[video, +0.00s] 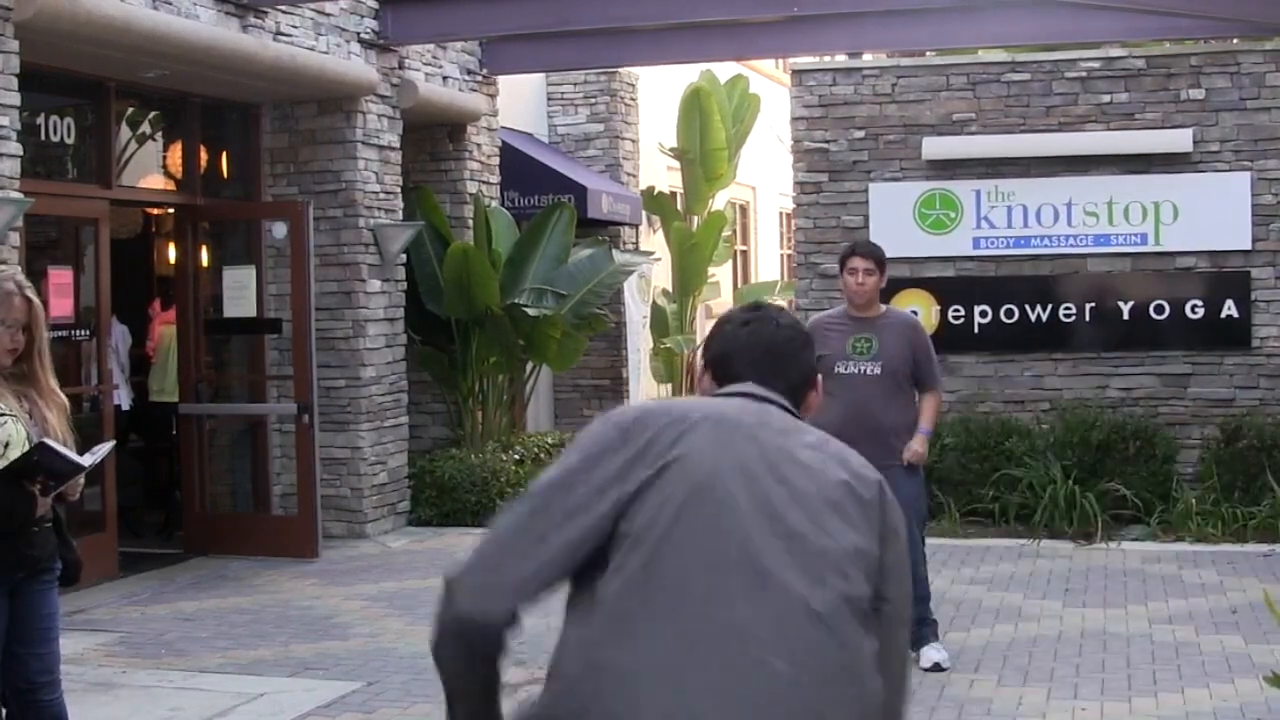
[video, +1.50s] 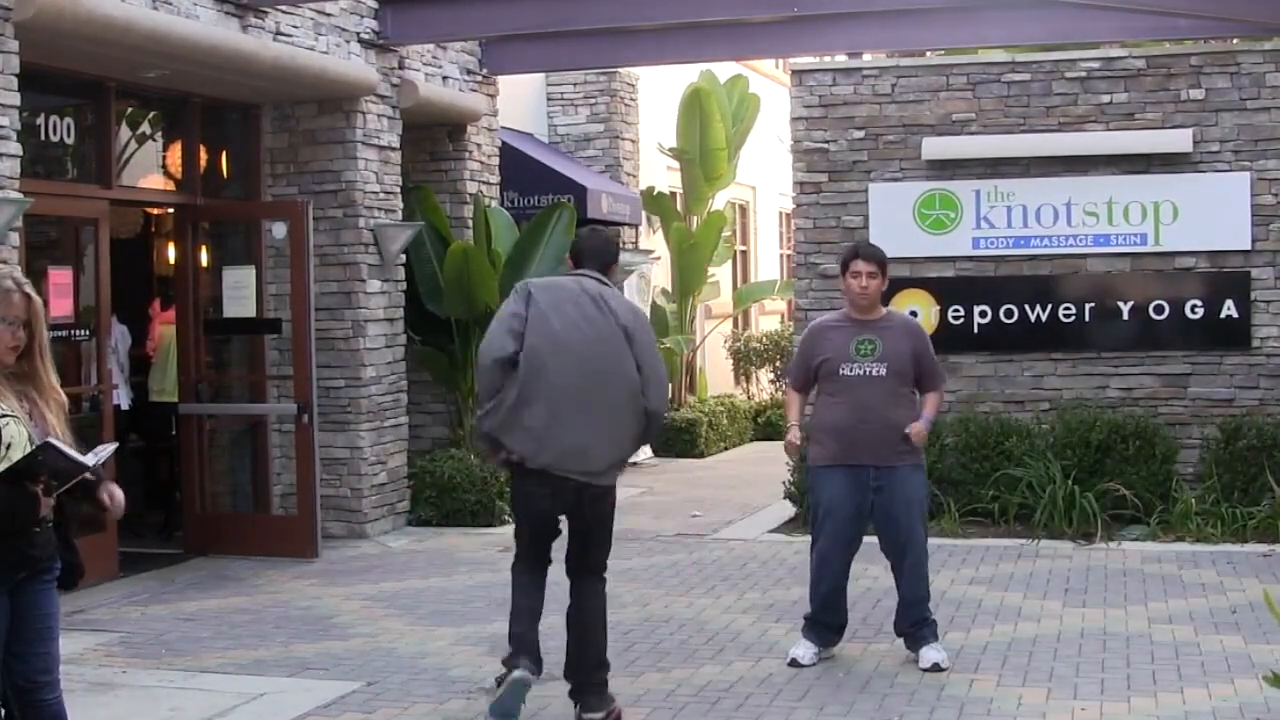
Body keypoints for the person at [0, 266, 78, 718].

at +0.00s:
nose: (12, 338)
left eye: (21, 328)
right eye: (4, 326)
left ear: (31, 332)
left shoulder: (42, 396)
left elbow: (61, 473)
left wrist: (69, 487)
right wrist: (25, 503)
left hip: (36, 566)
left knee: (41, 699)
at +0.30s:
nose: (12, 337)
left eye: (21, 327)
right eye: (4, 324)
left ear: (32, 331)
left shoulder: (42, 395)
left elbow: (62, 470)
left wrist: (69, 487)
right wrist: (26, 502)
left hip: (36, 563)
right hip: (2, 563)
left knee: (37, 693)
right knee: (10, 694)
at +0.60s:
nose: (13, 337)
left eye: (21, 327)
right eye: (5, 325)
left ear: (32, 331)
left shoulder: (42, 394)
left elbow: (64, 471)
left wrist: (69, 486)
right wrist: (26, 501)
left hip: (36, 562)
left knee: (36, 691)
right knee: (13, 692)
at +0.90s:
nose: (15, 337)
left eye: (23, 327)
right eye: (7, 325)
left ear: (34, 332)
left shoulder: (44, 395)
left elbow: (63, 473)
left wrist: (69, 487)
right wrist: (25, 501)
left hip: (36, 563)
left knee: (36, 691)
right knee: (13, 692)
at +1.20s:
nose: (14, 337)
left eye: (22, 326)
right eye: (5, 324)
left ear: (32, 331)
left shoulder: (43, 396)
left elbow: (64, 467)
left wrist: (75, 482)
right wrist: (28, 501)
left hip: (36, 564)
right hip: (1, 566)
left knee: (41, 696)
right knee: (7, 696)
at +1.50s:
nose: (12, 335)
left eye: (20, 324)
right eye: (5, 322)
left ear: (32, 331)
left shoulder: (38, 394)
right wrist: (22, 504)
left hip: (34, 565)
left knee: (40, 699)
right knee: (17, 700)